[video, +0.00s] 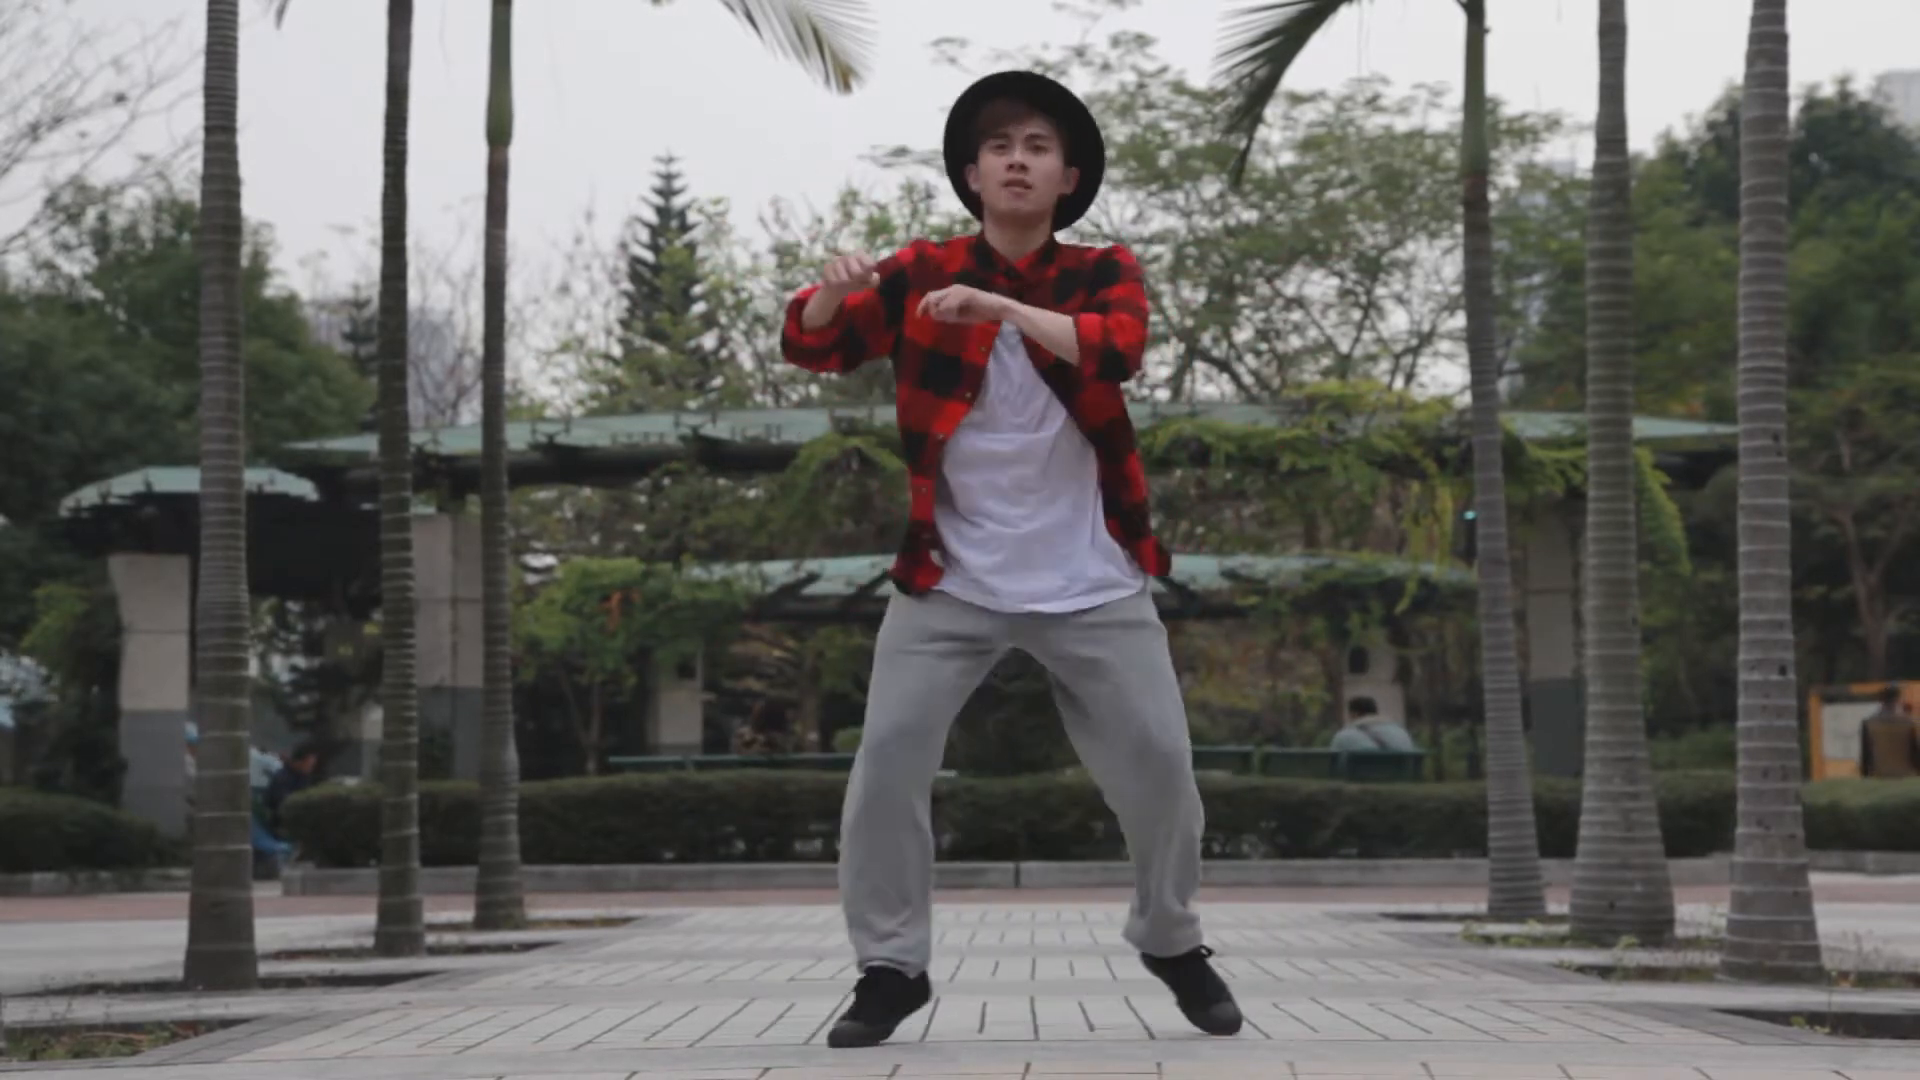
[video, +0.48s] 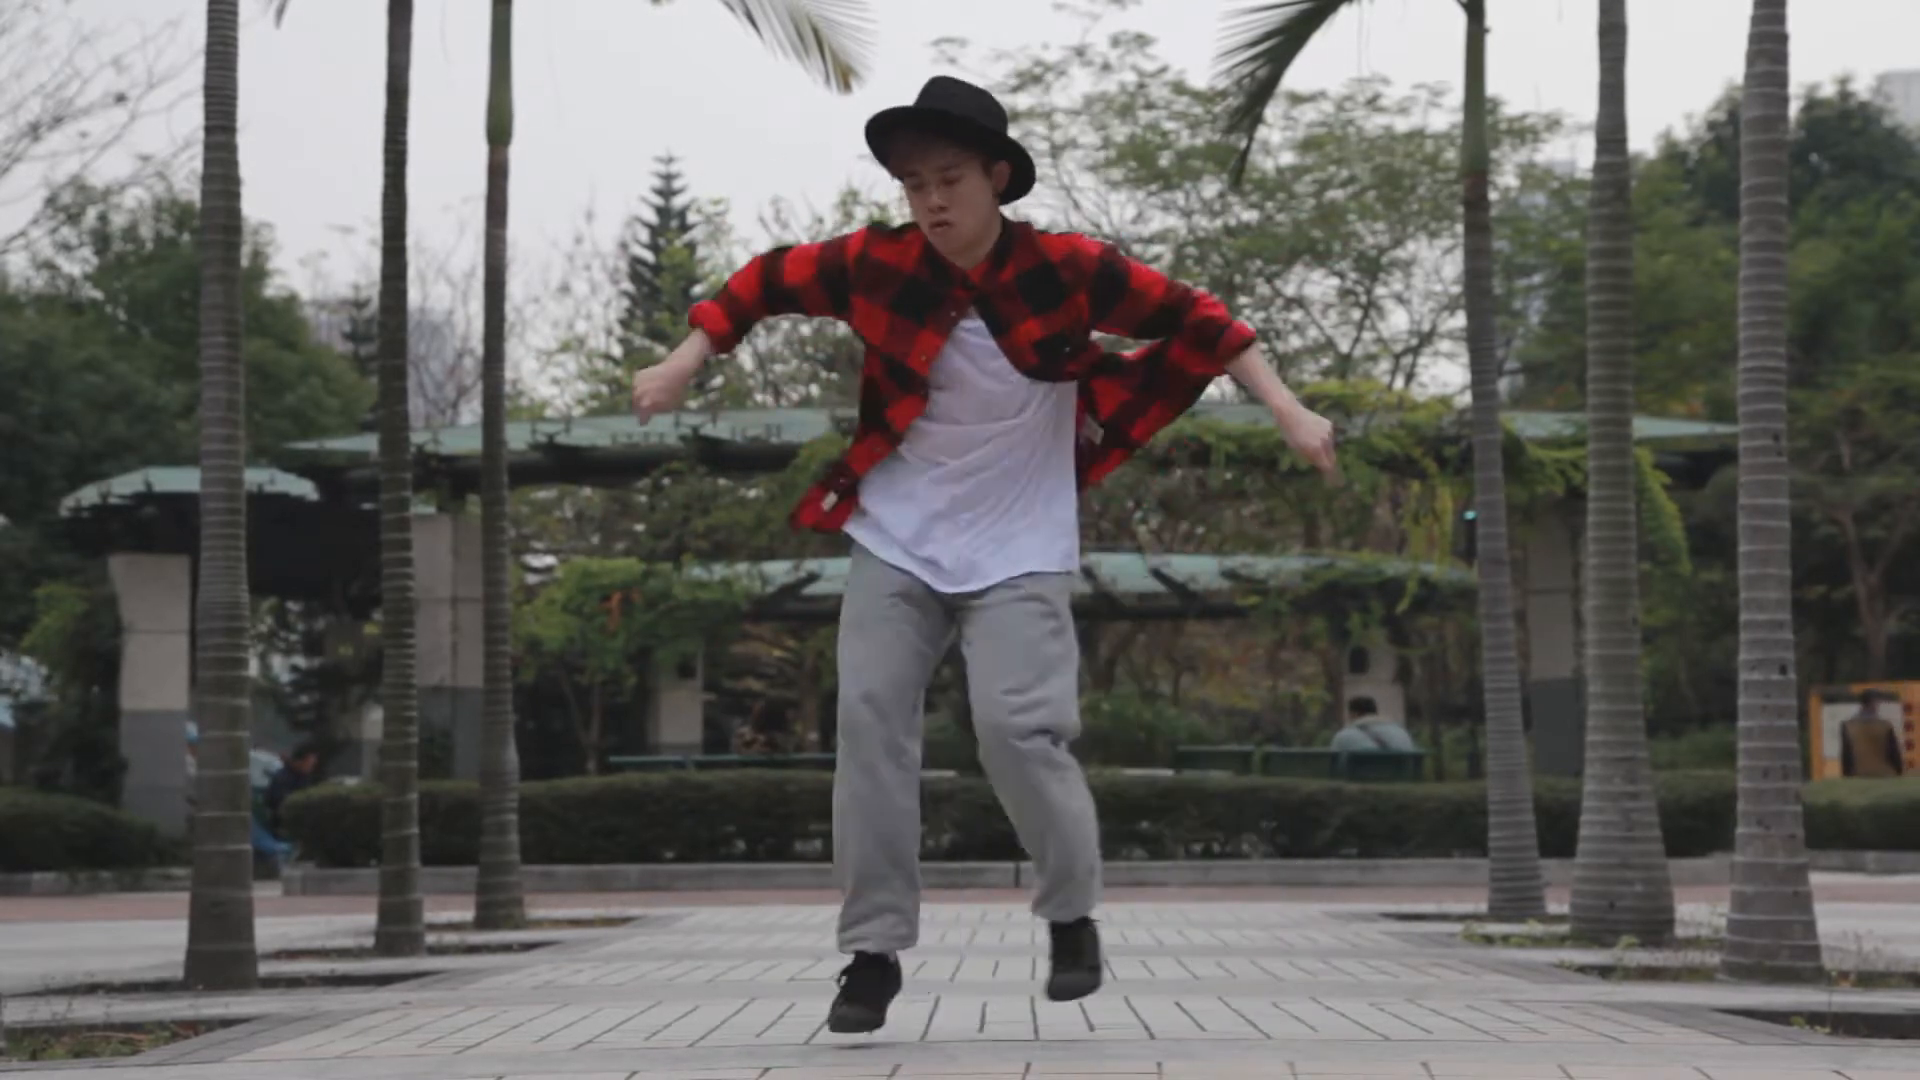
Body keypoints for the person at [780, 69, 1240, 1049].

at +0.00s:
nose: (1016, 162)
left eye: (1038, 146)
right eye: (996, 146)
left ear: (1072, 173)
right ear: (969, 171)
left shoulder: (1103, 268)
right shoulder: (925, 271)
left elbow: (1118, 350)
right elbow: (810, 344)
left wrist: (1000, 309)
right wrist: (826, 294)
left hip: (1094, 580)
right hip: (951, 580)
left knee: (1162, 768)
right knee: (886, 757)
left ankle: (1170, 940)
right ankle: (891, 966)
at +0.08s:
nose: (998, 172)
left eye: (1025, 163)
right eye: (983, 152)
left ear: (1051, 198)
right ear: (949, 172)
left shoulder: (1077, 276)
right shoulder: (907, 289)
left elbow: (1107, 389)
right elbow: (849, 412)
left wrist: (981, 383)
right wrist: (886, 352)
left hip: (1098, 578)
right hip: (974, 585)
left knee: (1153, 767)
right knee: (910, 749)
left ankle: (1242, 953)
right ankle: (943, 969)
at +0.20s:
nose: (967, 254)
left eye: (993, 245)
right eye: (953, 232)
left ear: (1017, 280)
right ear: (919, 249)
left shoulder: (1041, 364)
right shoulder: (896, 389)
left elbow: (1095, 495)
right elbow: (926, 523)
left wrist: (1107, 630)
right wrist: (953, 486)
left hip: (1121, 616)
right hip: (1011, 640)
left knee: (1213, 794)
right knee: (915, 776)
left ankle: (1311, 982)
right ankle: (950, 997)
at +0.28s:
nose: (948, 270)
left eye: (973, 258)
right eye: (933, 248)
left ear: (1002, 283)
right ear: (905, 259)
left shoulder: (1039, 370)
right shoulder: (882, 388)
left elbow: (1123, 479)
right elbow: (877, 527)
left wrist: (1221, 581)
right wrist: (892, 485)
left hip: (1113, 624)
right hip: (996, 636)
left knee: (1214, 802)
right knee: (902, 779)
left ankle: (1300, 975)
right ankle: (947, 999)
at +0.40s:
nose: (938, 208)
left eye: (960, 189)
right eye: (922, 190)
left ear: (1001, 200)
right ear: (904, 201)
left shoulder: (1059, 291)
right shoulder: (870, 289)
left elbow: (1175, 359)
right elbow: (792, 349)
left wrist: (1249, 437)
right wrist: (755, 384)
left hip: (1061, 555)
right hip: (933, 567)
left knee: (1114, 741)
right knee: (898, 743)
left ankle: (1197, 916)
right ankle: (926, 962)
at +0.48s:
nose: (930, 202)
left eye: (949, 180)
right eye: (915, 185)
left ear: (999, 180)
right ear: (903, 191)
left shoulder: (1066, 267)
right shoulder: (874, 261)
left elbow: (1198, 316)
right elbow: (763, 283)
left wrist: (1289, 409)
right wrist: (682, 361)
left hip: (1021, 537)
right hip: (895, 529)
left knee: (1015, 726)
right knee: (869, 716)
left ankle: (1069, 912)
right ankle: (873, 947)